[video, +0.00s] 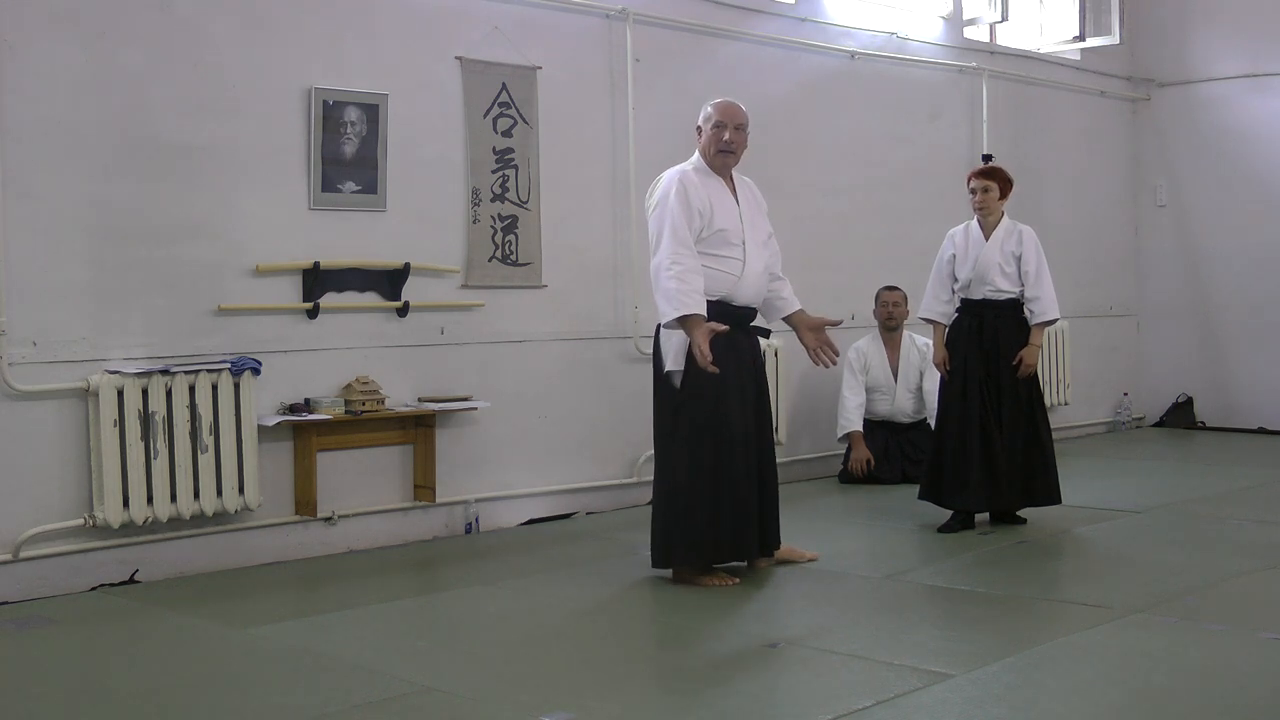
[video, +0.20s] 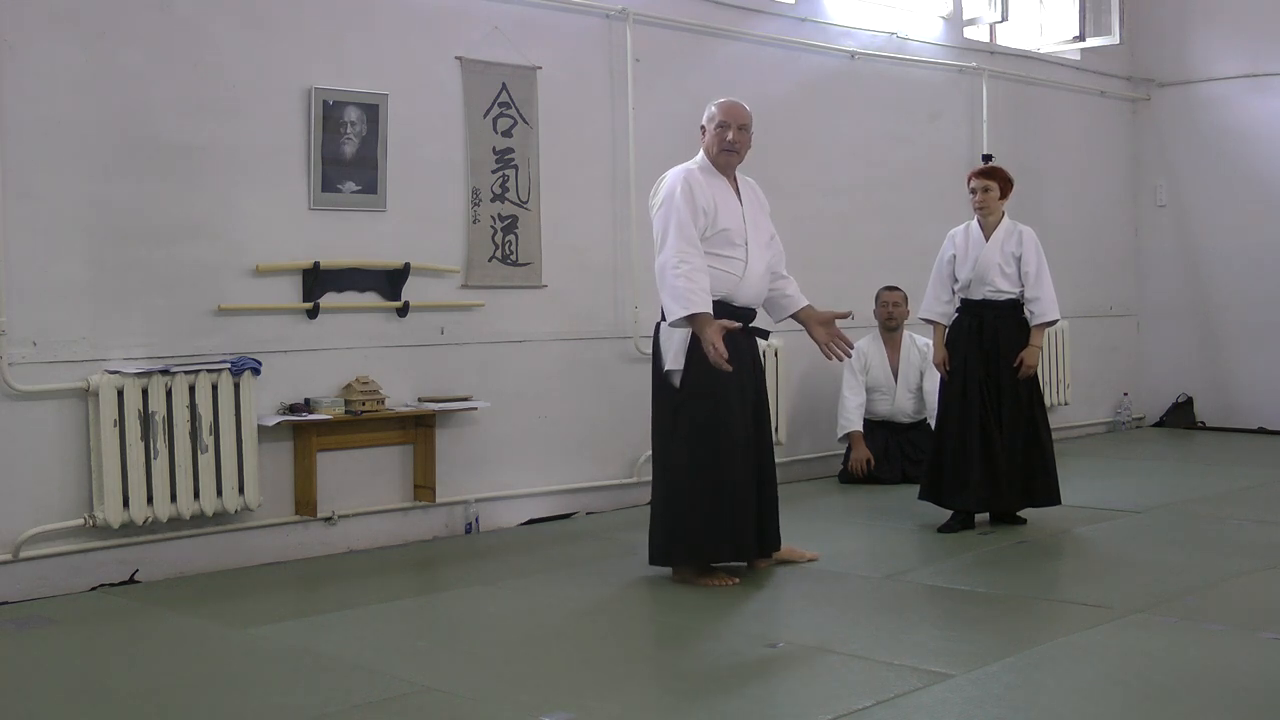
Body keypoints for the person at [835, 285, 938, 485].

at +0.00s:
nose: (890, 310)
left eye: (896, 305)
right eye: (884, 305)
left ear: (907, 313)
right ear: (875, 313)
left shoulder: (925, 349)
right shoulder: (860, 351)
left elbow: (935, 397)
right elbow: (851, 399)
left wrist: (944, 436)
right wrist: (857, 443)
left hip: (916, 430)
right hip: (874, 431)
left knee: (935, 472)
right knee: (855, 472)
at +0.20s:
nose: (890, 310)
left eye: (897, 305)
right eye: (884, 305)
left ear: (907, 313)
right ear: (875, 313)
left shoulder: (925, 349)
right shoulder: (860, 350)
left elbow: (935, 397)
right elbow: (851, 398)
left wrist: (944, 437)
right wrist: (857, 443)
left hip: (916, 430)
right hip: (874, 431)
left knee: (935, 472)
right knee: (855, 472)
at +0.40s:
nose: (890, 310)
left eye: (897, 305)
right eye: (884, 305)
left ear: (908, 313)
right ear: (875, 313)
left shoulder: (925, 348)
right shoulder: (861, 350)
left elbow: (935, 397)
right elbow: (851, 398)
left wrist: (944, 437)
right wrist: (857, 443)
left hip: (916, 430)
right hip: (874, 431)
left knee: (936, 472)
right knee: (855, 472)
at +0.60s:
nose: (891, 310)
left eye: (897, 305)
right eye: (885, 305)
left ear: (908, 313)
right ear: (875, 313)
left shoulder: (925, 348)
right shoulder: (860, 350)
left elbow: (935, 397)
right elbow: (851, 398)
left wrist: (944, 436)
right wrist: (857, 443)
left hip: (916, 430)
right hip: (875, 431)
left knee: (935, 472)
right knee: (855, 472)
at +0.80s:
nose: (891, 311)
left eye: (898, 306)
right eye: (885, 306)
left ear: (908, 313)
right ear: (876, 313)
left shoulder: (926, 348)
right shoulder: (861, 350)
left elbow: (934, 397)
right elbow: (852, 398)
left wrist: (943, 436)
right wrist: (857, 443)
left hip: (916, 430)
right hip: (875, 431)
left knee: (935, 472)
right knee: (855, 472)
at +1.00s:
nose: (891, 312)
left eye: (898, 306)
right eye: (885, 306)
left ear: (908, 313)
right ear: (876, 313)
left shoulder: (926, 348)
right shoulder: (860, 351)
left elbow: (934, 396)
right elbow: (851, 398)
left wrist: (941, 435)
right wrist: (857, 442)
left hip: (916, 430)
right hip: (875, 430)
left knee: (934, 473)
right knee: (855, 472)